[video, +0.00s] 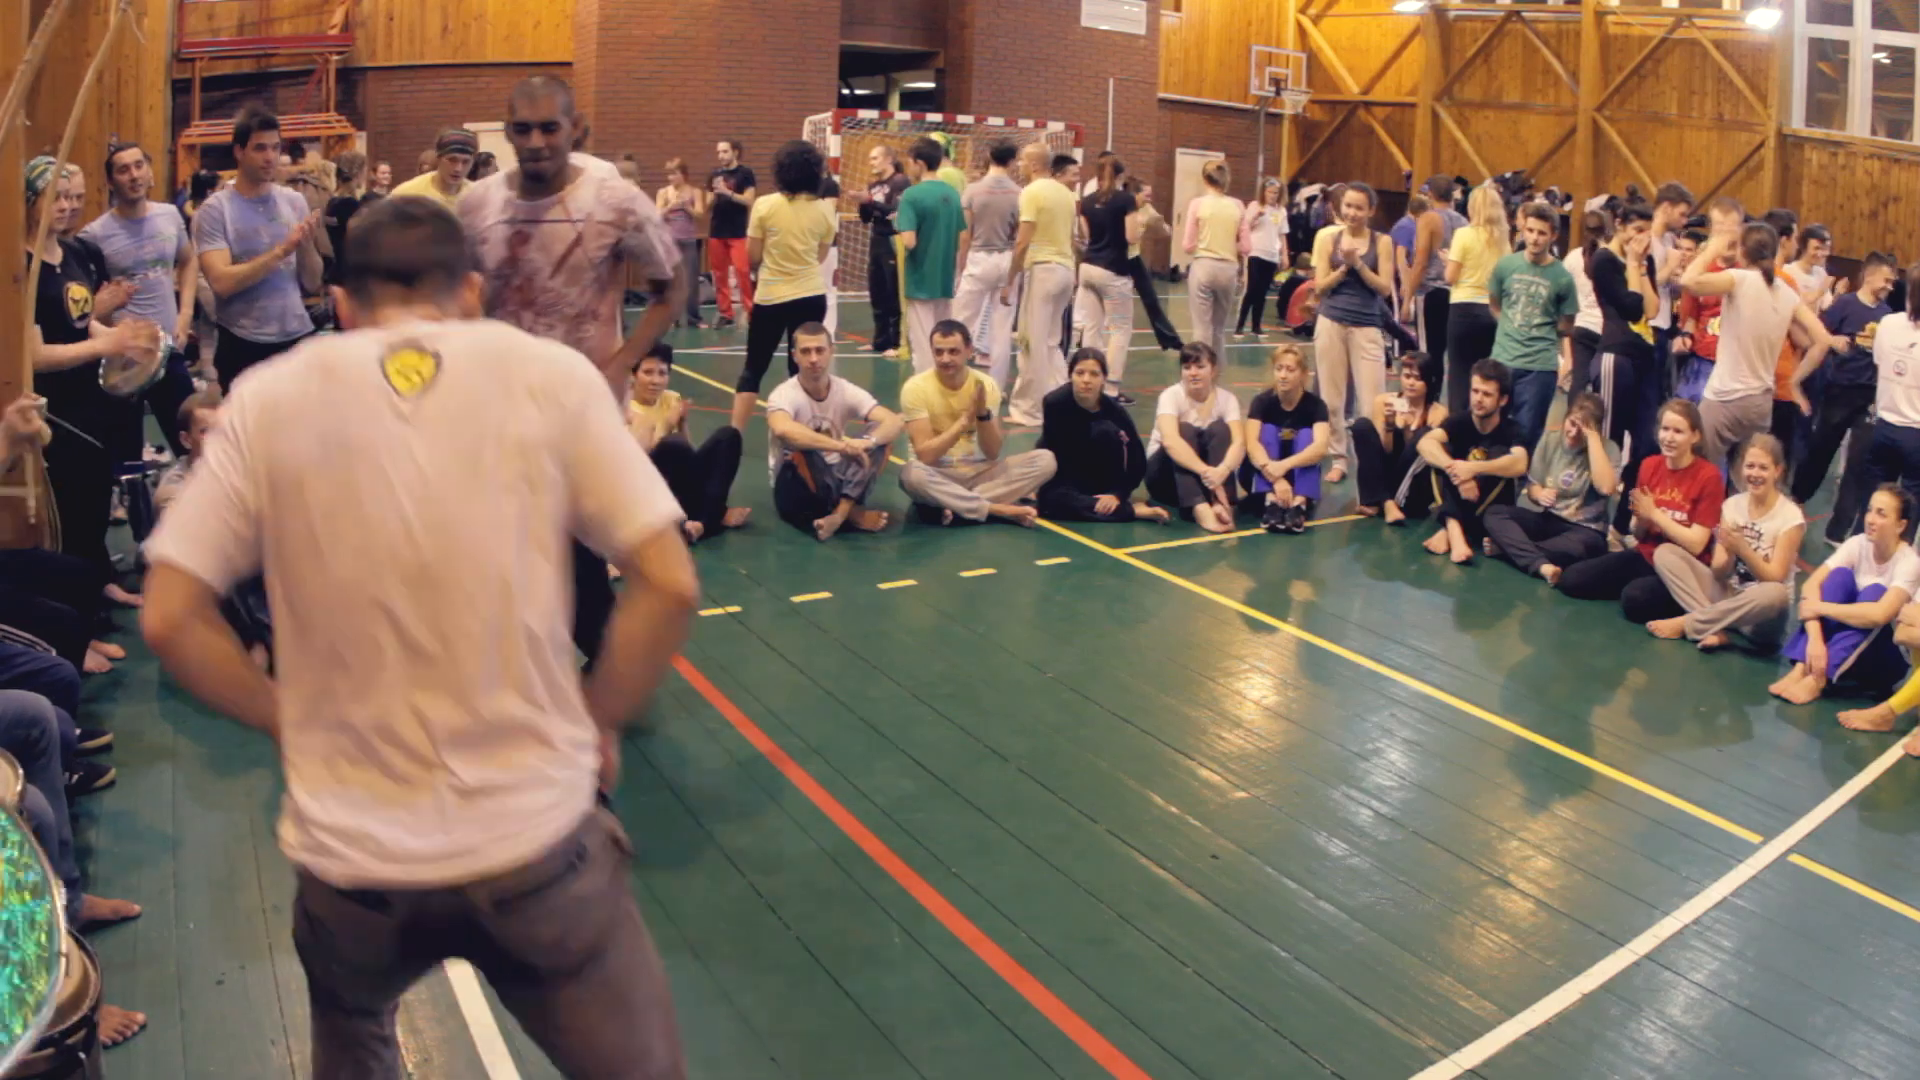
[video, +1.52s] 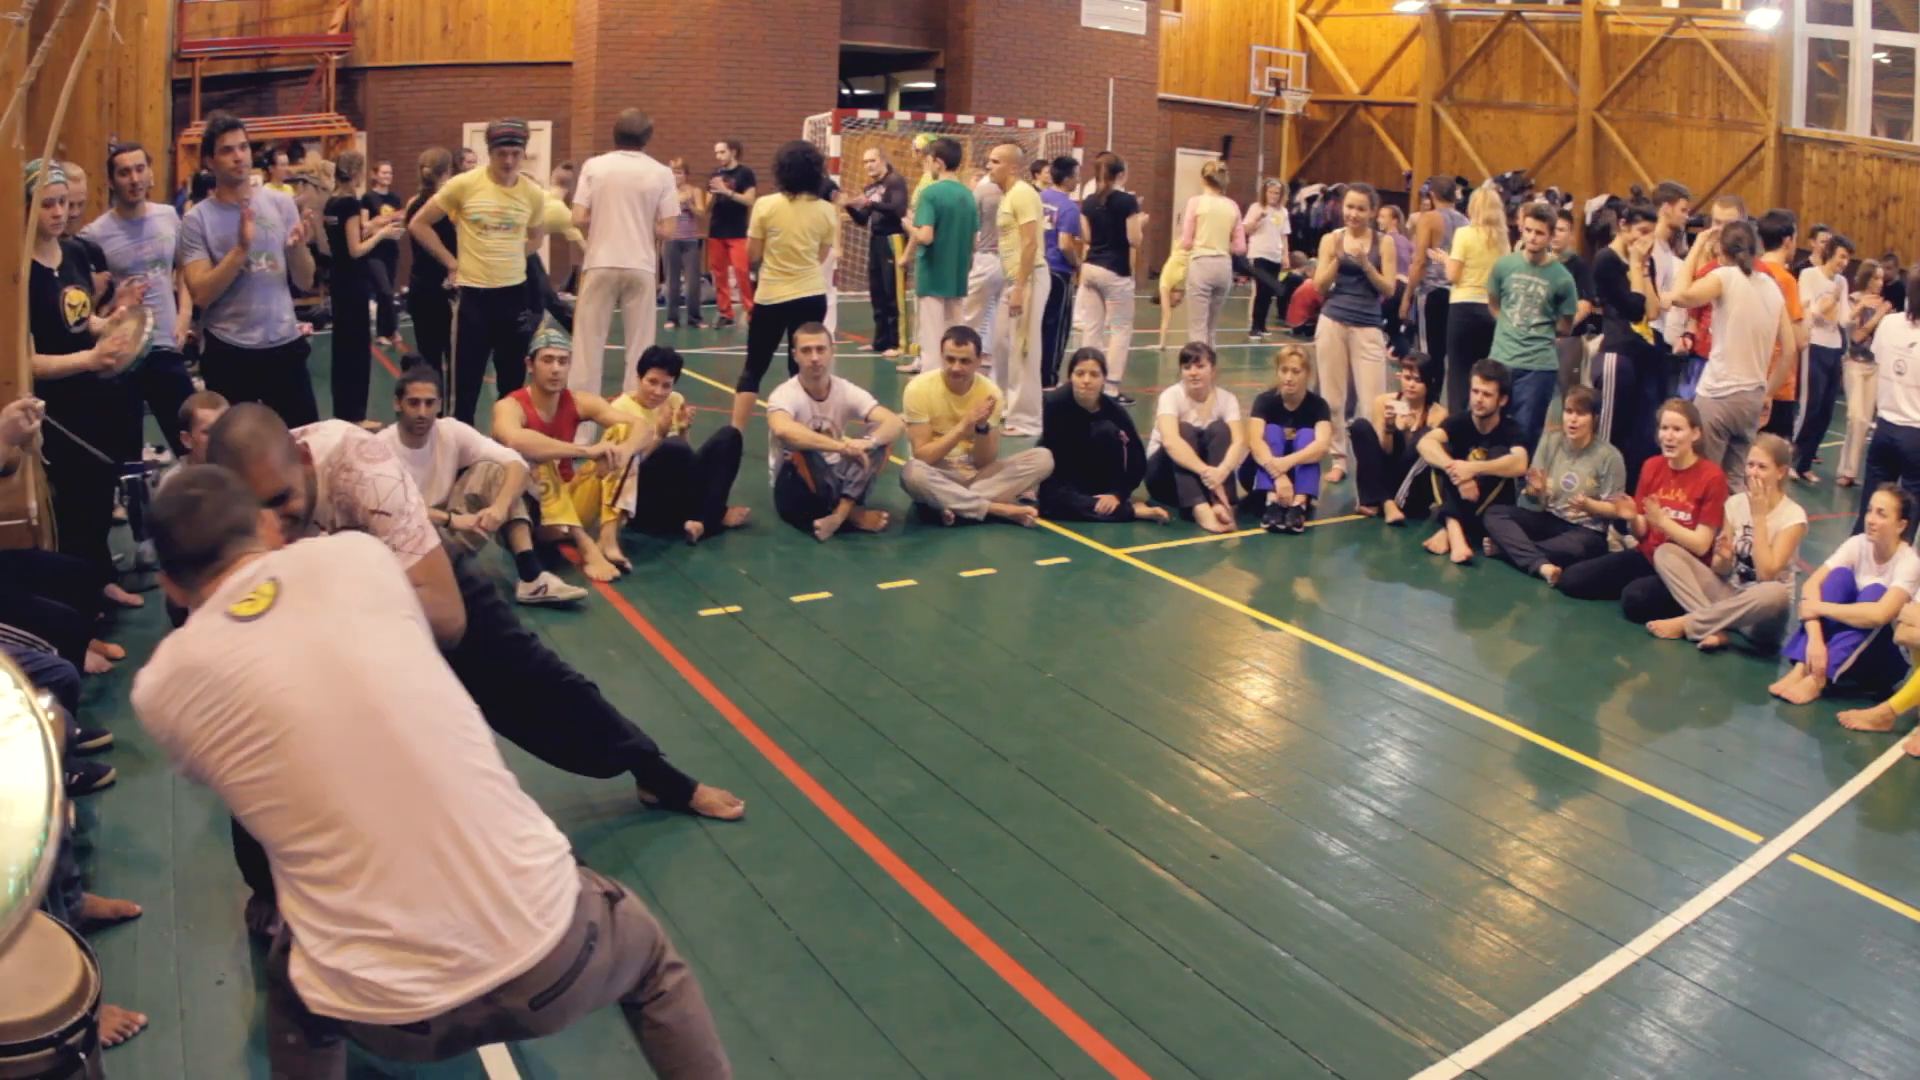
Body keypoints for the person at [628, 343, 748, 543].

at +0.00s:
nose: (655, 380)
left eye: (662, 373)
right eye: (647, 373)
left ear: (668, 378)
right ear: (634, 376)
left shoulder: (672, 401)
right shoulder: (622, 408)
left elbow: (687, 450)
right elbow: (633, 458)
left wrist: (681, 425)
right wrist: (666, 425)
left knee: (729, 435)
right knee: (673, 447)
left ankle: (699, 521)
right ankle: (717, 514)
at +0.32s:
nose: (656, 381)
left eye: (662, 374)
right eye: (649, 373)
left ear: (670, 378)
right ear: (633, 375)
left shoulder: (673, 400)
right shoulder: (620, 409)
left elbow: (688, 452)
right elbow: (628, 464)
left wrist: (681, 426)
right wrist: (669, 433)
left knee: (729, 435)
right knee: (674, 449)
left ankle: (699, 521)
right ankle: (716, 515)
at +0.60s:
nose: (656, 381)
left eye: (663, 375)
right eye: (648, 374)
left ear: (670, 378)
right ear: (634, 376)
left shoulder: (675, 401)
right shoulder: (621, 407)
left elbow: (686, 453)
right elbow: (628, 467)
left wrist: (685, 425)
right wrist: (658, 438)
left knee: (729, 435)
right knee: (675, 447)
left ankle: (701, 520)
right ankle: (716, 514)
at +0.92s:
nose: (655, 382)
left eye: (663, 376)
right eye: (649, 374)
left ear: (670, 379)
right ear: (635, 374)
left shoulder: (674, 403)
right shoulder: (619, 408)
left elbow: (686, 458)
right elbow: (628, 467)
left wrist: (682, 427)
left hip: (683, 510)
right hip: (645, 514)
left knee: (728, 435)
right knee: (674, 446)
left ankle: (700, 520)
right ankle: (717, 516)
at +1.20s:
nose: (656, 388)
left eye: (664, 381)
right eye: (650, 379)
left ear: (672, 382)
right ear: (637, 377)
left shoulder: (675, 402)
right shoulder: (619, 410)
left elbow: (687, 459)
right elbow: (619, 466)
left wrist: (682, 428)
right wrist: (657, 433)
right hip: (644, 513)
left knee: (730, 435)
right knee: (674, 449)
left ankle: (699, 520)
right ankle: (716, 517)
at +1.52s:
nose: (657, 392)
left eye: (666, 386)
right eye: (652, 382)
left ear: (673, 386)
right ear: (639, 378)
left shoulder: (675, 402)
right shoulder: (620, 409)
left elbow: (684, 455)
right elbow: (626, 464)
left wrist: (682, 430)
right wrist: (659, 433)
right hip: (644, 514)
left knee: (730, 435)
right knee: (674, 450)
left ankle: (699, 520)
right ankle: (717, 517)